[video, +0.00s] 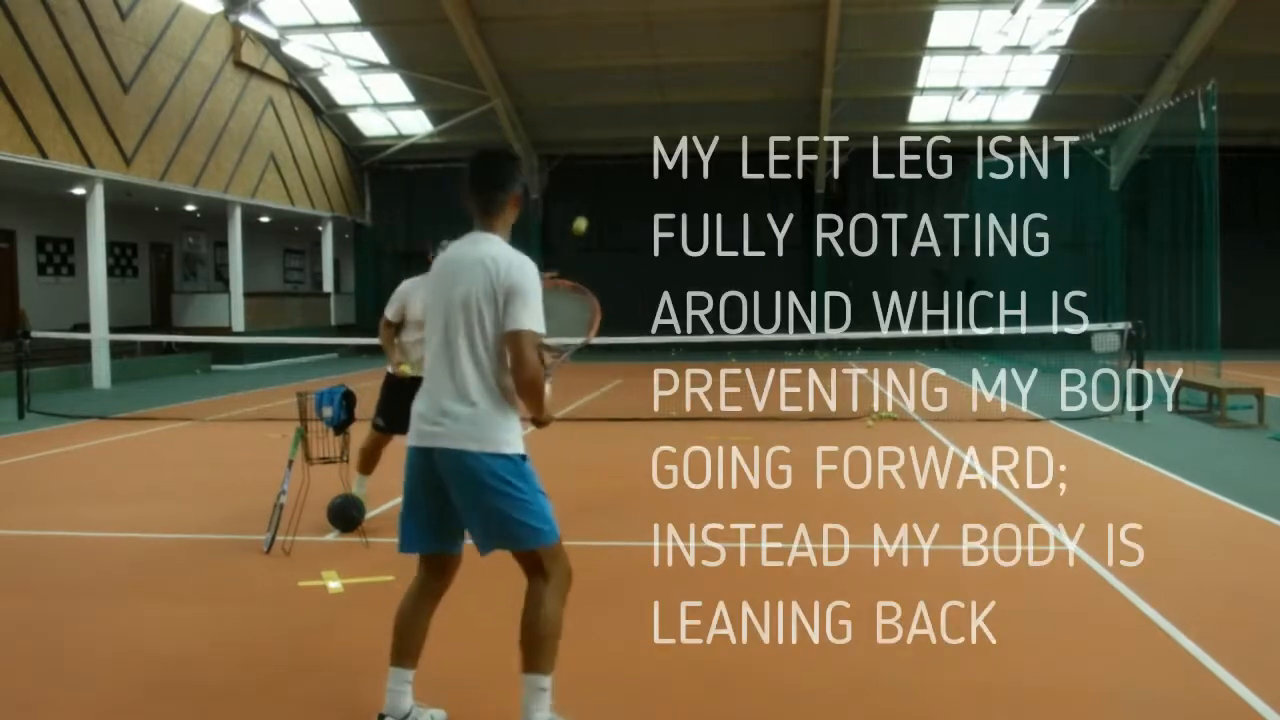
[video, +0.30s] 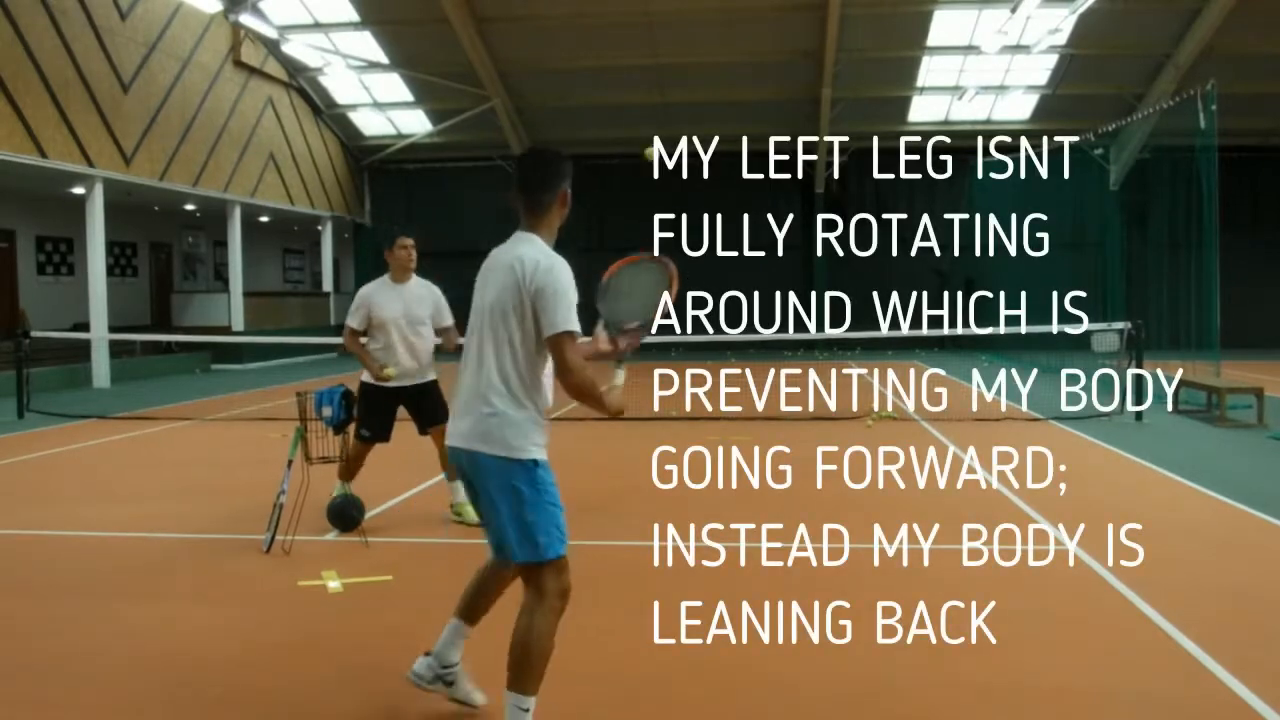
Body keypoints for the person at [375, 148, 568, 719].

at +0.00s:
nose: (521, 205)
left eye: (518, 197)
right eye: (521, 197)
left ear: (470, 200)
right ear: (515, 201)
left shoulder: (443, 261)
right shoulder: (514, 266)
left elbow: (438, 346)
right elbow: (525, 366)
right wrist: (539, 411)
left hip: (428, 441)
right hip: (485, 446)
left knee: (435, 569)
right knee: (551, 571)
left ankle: (396, 703)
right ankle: (537, 709)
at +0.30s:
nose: (569, 205)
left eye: (566, 197)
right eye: (569, 196)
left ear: (518, 199)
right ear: (563, 199)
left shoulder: (497, 260)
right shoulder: (548, 267)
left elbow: (528, 354)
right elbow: (571, 371)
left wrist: (597, 351)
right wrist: (607, 401)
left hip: (470, 438)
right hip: (511, 443)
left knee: (509, 554)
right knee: (551, 586)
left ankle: (441, 660)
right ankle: (519, 711)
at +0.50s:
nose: (593, 212)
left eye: (591, 203)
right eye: (592, 203)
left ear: (544, 205)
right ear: (583, 206)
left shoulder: (541, 263)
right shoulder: (555, 269)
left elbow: (595, 336)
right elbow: (608, 351)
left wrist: (657, 321)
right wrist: (674, 357)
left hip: (519, 442)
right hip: (519, 446)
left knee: (564, 544)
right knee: (539, 585)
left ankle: (518, 668)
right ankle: (515, 709)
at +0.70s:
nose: (619, 229)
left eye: (618, 221)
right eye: (618, 220)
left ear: (577, 222)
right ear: (608, 223)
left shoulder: (594, 279)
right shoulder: (558, 275)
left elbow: (651, 310)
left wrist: (712, 280)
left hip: (559, 442)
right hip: (546, 444)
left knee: (580, 561)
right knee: (595, 568)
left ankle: (520, 666)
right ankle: (535, 703)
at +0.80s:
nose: (644, 231)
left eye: (643, 223)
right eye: (639, 222)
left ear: (626, 226)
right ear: (621, 222)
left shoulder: (635, 274)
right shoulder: (573, 261)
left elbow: (689, 300)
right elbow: (557, 288)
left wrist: (733, 269)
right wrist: (619, 258)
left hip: (583, 433)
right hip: (560, 433)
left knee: (584, 554)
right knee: (622, 546)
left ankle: (519, 662)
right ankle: (579, 679)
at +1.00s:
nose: (680, 245)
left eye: (682, 236)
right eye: (674, 234)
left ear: (678, 242)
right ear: (654, 234)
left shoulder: (671, 284)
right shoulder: (605, 273)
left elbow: (729, 315)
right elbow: (555, 307)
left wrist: (788, 306)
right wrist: (588, 287)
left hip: (620, 427)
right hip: (591, 428)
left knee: (649, 527)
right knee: (663, 531)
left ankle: (567, 602)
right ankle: (634, 659)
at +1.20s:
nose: (702, 269)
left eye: (703, 262)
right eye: (697, 262)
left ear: (687, 266)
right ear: (674, 264)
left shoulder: (698, 306)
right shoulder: (635, 307)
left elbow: (754, 340)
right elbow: (608, 356)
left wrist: (814, 365)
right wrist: (595, 379)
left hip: (646, 438)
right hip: (616, 440)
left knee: (698, 512)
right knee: (673, 535)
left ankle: (657, 602)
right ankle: (634, 658)